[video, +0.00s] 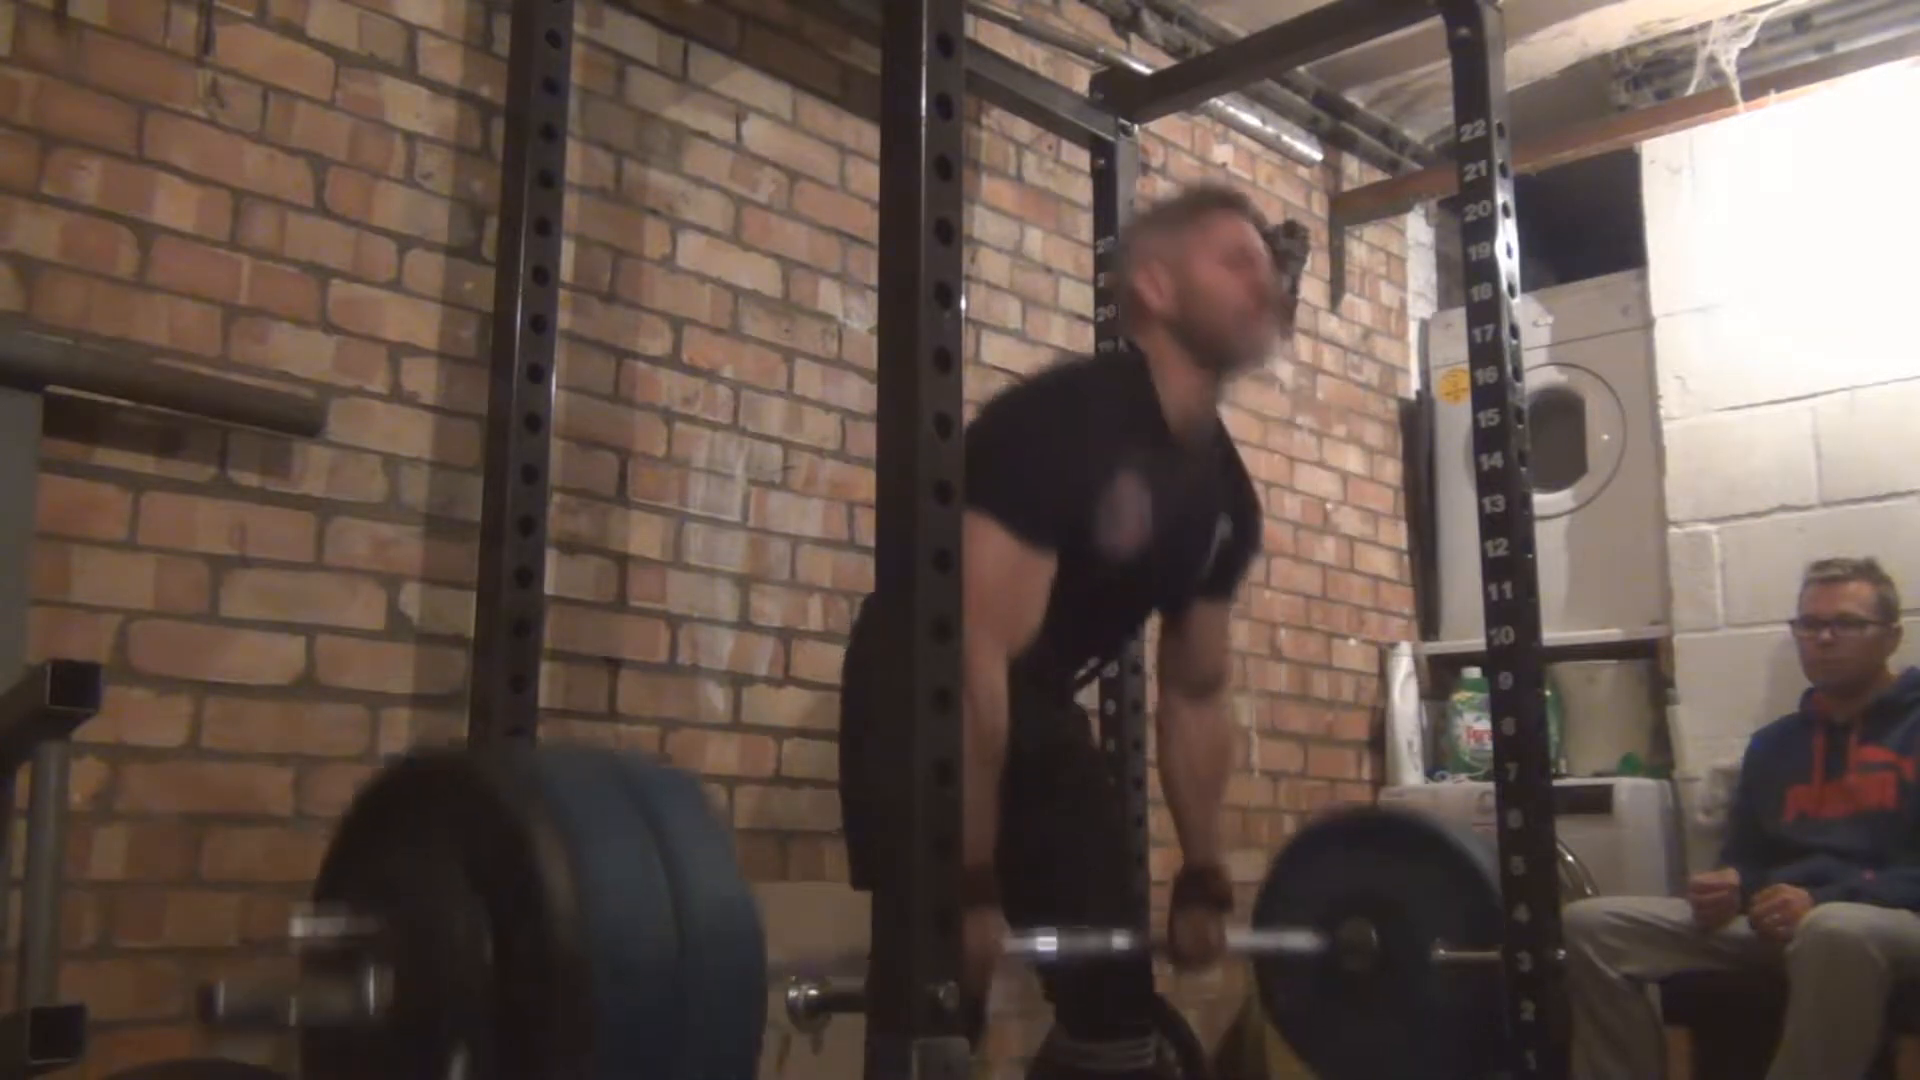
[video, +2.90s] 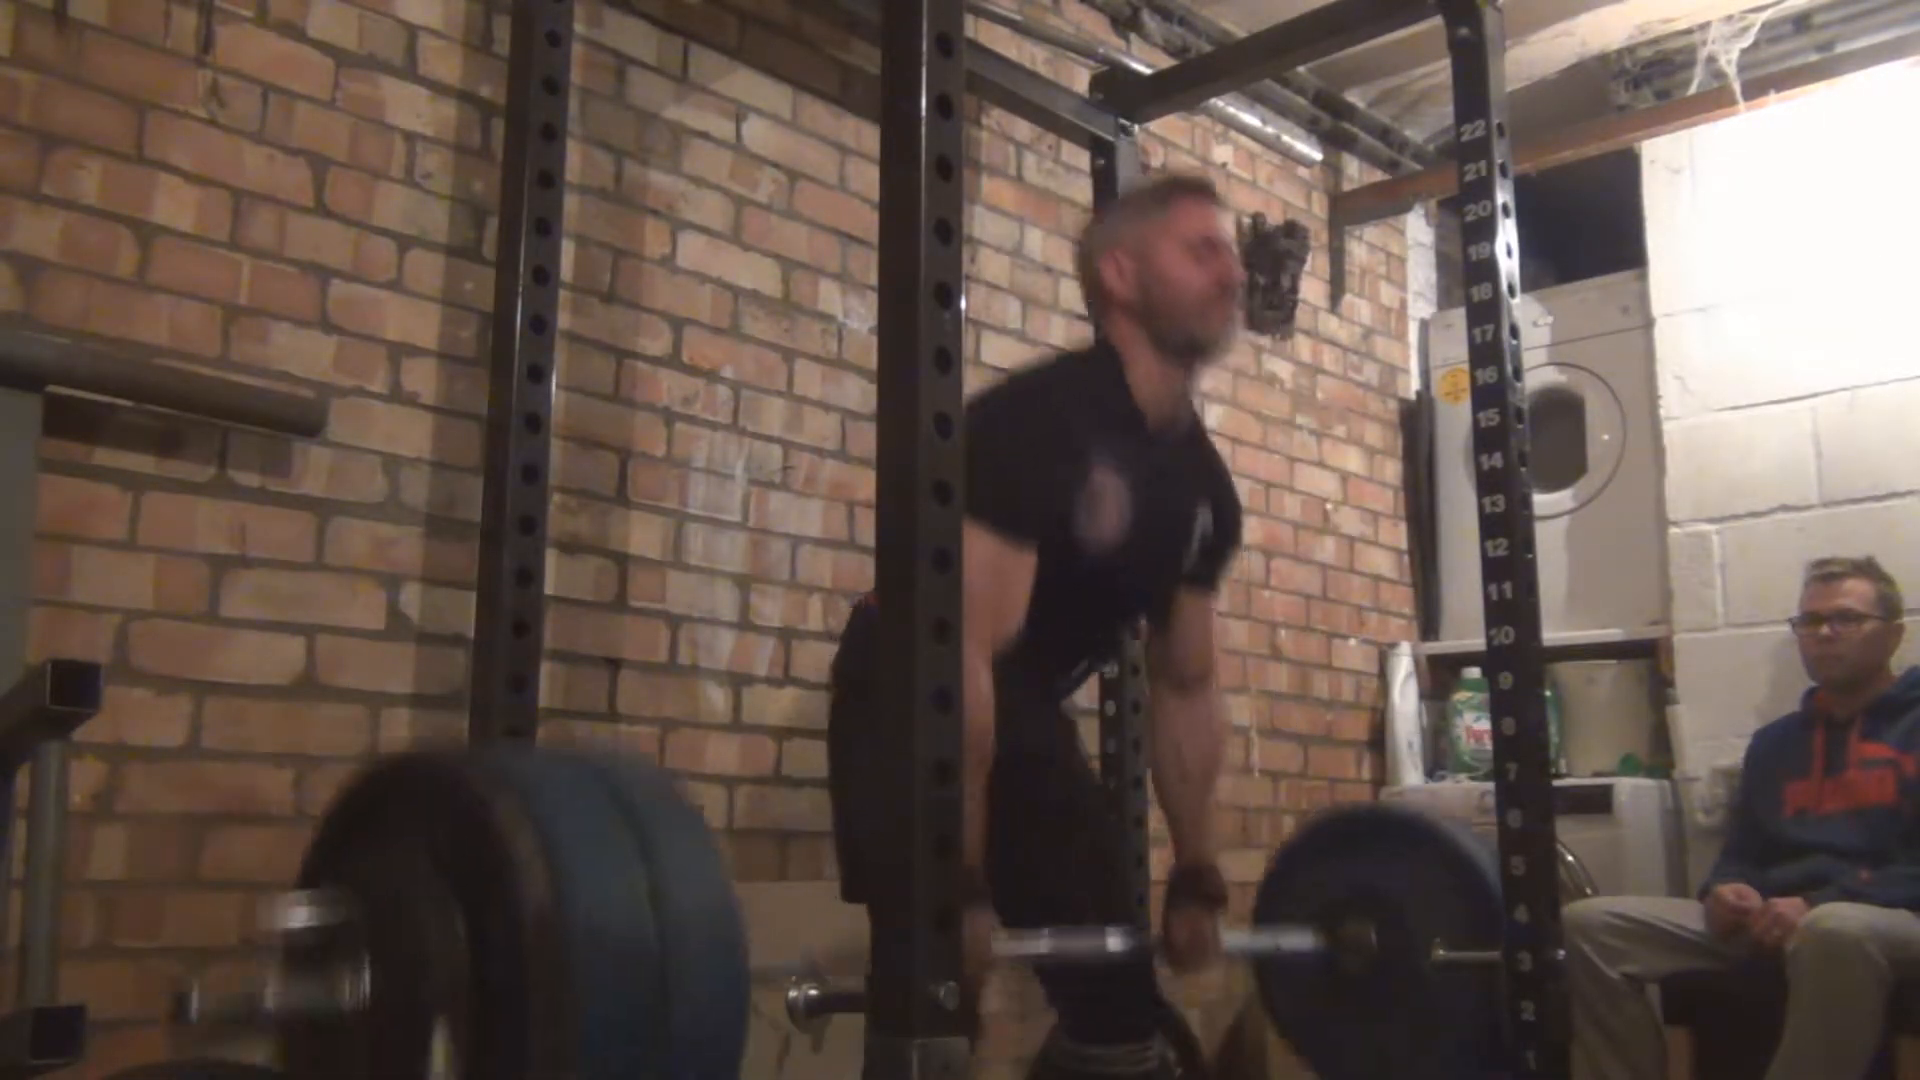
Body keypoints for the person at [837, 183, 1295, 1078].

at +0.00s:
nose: (1271, 283)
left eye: (1267, 263)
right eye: (1239, 260)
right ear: (1153, 285)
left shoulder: (1222, 494)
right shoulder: (1056, 424)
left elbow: (1197, 691)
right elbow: (976, 653)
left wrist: (1205, 861)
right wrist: (969, 887)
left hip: (1039, 690)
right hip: (923, 678)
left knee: (1108, 975)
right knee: (937, 973)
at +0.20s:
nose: (1162, 198)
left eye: (1160, 181)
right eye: (1133, 177)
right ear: (1054, 202)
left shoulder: (1172, 405)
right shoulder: (1009, 341)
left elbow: (1174, 606)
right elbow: (961, 569)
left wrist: (1193, 778)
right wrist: (966, 782)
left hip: (1092, 692)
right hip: (982, 671)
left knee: (1124, 1003)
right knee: (958, 1003)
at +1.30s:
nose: (1259, 284)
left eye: (1258, 266)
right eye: (1226, 262)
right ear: (1141, 286)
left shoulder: (1218, 507)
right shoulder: (1046, 433)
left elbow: (1200, 710)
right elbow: (984, 685)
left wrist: (1204, 901)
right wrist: (971, 915)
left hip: (1028, 715)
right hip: (910, 697)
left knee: (1114, 1000)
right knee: (941, 994)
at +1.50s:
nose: (1307, 380)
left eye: (1302, 355)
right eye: (1275, 355)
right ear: (1184, 377)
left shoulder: (1233, 580)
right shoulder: (1066, 507)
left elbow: (1210, 783)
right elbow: (994, 773)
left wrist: (1203, 980)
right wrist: (971, 1014)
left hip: (1017, 750)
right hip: (890, 729)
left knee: (1122, 1004)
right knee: (928, 1006)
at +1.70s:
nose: (1345, 491)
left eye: (1342, 468)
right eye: (1316, 465)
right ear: (1224, 474)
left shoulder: (1249, 664)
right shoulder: (1087, 586)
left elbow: (1215, 858)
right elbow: (996, 866)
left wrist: (1204, 1042)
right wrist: (963, 1057)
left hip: (1015, 767)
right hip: (879, 750)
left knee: (1131, 1025)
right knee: (937, 1010)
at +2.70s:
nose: (1289, 394)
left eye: (1288, 370)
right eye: (1259, 368)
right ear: (1167, 383)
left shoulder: (1219, 588)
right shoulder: (1052, 507)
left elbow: (1202, 779)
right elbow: (976, 756)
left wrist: (1205, 978)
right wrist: (969, 985)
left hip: (1001, 735)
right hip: (876, 715)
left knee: (1107, 972)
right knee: (923, 1008)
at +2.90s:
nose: (1233, 272)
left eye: (1230, 252)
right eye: (1203, 250)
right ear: (1118, 275)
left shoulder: (1202, 488)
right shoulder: (1032, 421)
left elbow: (1189, 683)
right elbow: (960, 654)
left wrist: (1196, 854)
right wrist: (962, 887)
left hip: (1021, 703)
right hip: (908, 687)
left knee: (1115, 983)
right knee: (929, 973)